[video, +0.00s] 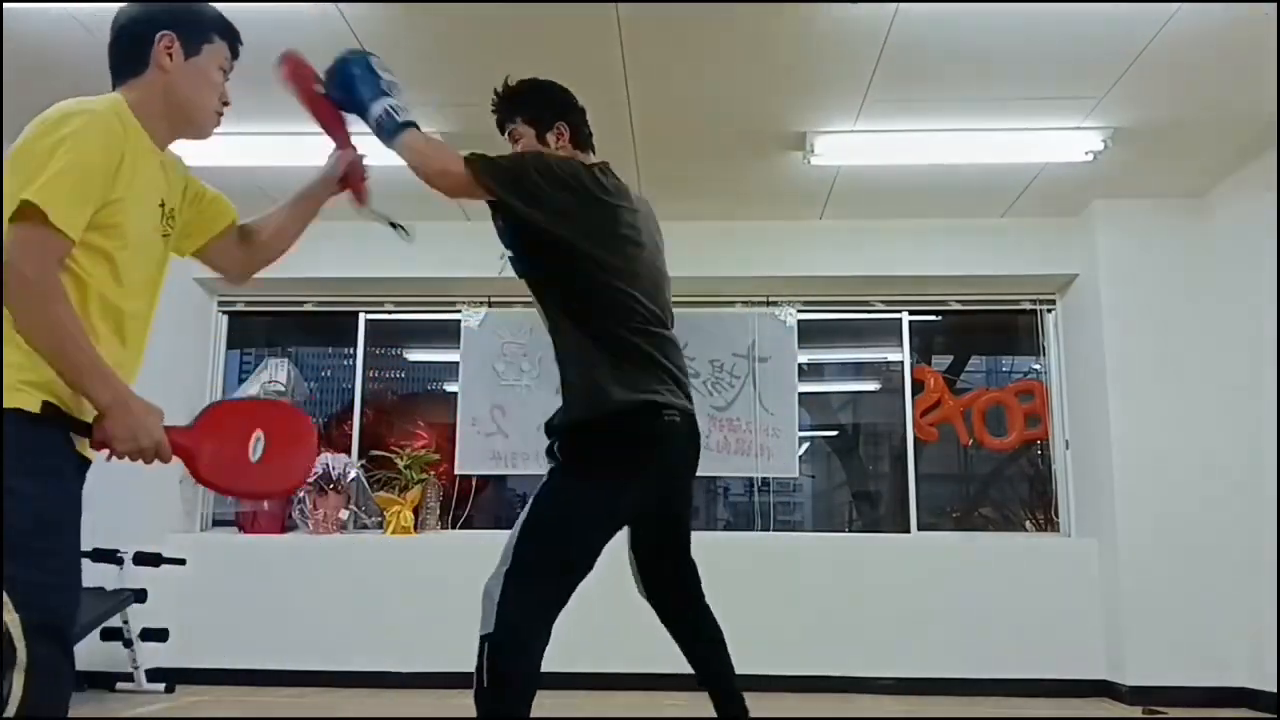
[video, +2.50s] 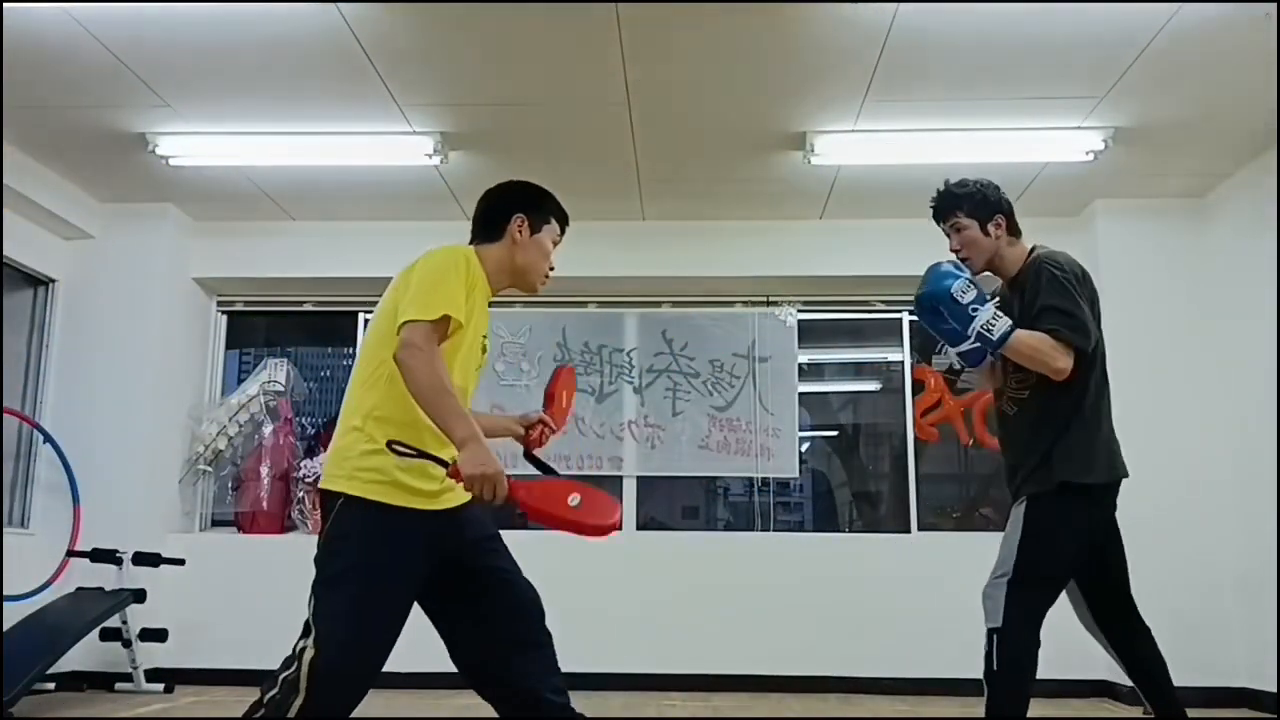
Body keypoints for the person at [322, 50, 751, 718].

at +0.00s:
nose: (510, 152)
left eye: (517, 137)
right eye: (509, 141)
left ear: (560, 135)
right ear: (568, 136)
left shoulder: (563, 179)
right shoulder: (627, 197)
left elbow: (450, 176)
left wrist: (378, 107)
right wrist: (524, 231)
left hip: (613, 427)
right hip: (672, 428)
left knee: (522, 598)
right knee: (669, 578)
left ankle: (502, 714)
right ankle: (735, 711)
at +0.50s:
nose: (683, 183)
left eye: (686, 163)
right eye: (677, 169)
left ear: (715, 154)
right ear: (732, 162)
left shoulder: (754, 203)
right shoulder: (745, 234)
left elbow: (696, 138)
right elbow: (683, 324)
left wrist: (688, 88)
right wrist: (669, 247)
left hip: (757, 444)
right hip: (788, 445)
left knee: (678, 609)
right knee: (820, 597)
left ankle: (707, 716)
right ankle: (908, 711)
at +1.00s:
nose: (845, 227)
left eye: (851, 213)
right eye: (840, 217)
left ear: (878, 209)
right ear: (847, 222)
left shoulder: (923, 254)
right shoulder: (877, 283)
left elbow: (905, 245)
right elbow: (828, 346)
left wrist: (879, 181)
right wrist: (814, 275)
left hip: (935, 471)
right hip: (939, 472)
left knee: (853, 606)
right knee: (1011, 600)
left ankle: (890, 715)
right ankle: (1097, 707)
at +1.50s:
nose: (939, 255)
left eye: (946, 241)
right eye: (934, 247)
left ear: (978, 238)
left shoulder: (1012, 278)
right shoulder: (972, 308)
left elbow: (1007, 299)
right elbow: (941, 381)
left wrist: (960, 245)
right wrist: (912, 317)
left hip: (1021, 488)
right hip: (1048, 484)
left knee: (954, 608)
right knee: (1070, 612)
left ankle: (956, 716)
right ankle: (1146, 713)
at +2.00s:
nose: (940, 232)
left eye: (949, 217)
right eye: (936, 222)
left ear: (990, 216)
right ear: (989, 221)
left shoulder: (1000, 262)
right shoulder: (1023, 271)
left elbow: (924, 267)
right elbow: (974, 380)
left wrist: (844, 208)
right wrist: (935, 325)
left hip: (1020, 473)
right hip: (1067, 471)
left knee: (969, 606)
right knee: (1073, 596)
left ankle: (983, 714)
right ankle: (1142, 710)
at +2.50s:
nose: (953, 248)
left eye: (959, 233)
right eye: (948, 237)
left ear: (997, 226)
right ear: (987, 232)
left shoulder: (1051, 271)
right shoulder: (1009, 295)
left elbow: (1059, 359)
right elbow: (999, 376)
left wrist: (986, 324)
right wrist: (961, 352)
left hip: (1068, 477)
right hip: (1067, 476)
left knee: (1009, 607)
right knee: (1112, 614)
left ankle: (1002, 716)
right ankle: (1171, 713)